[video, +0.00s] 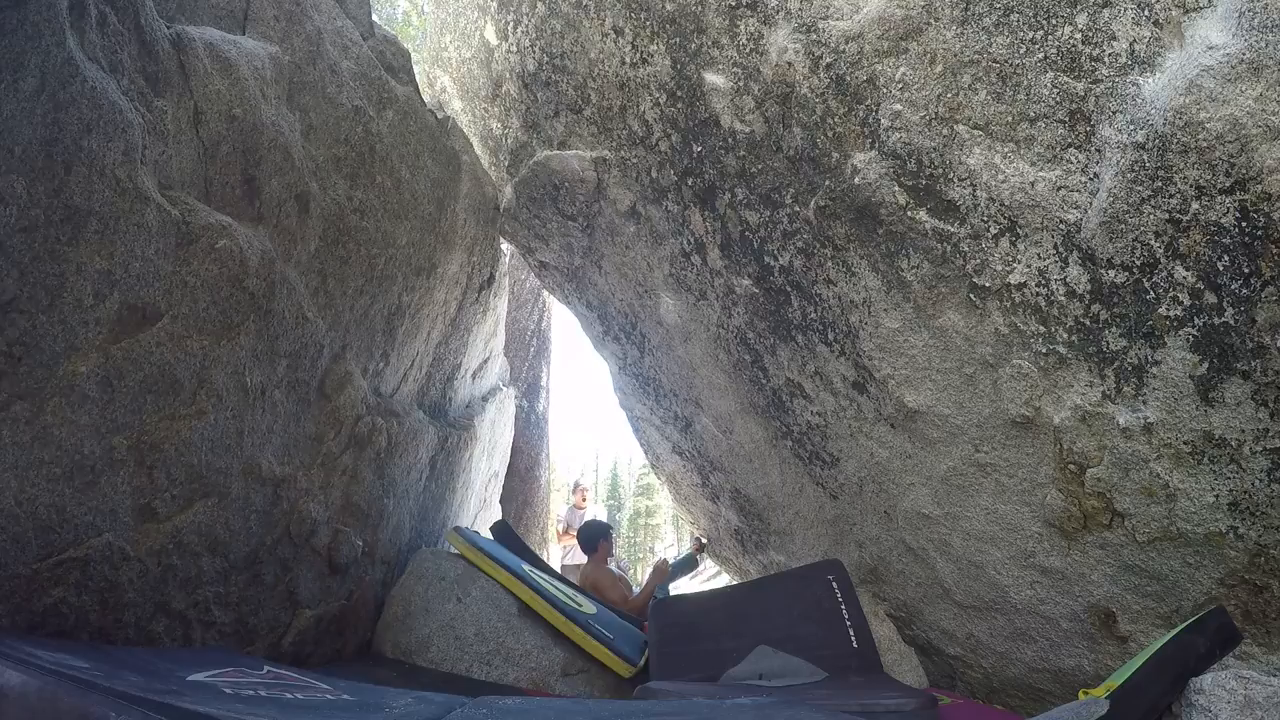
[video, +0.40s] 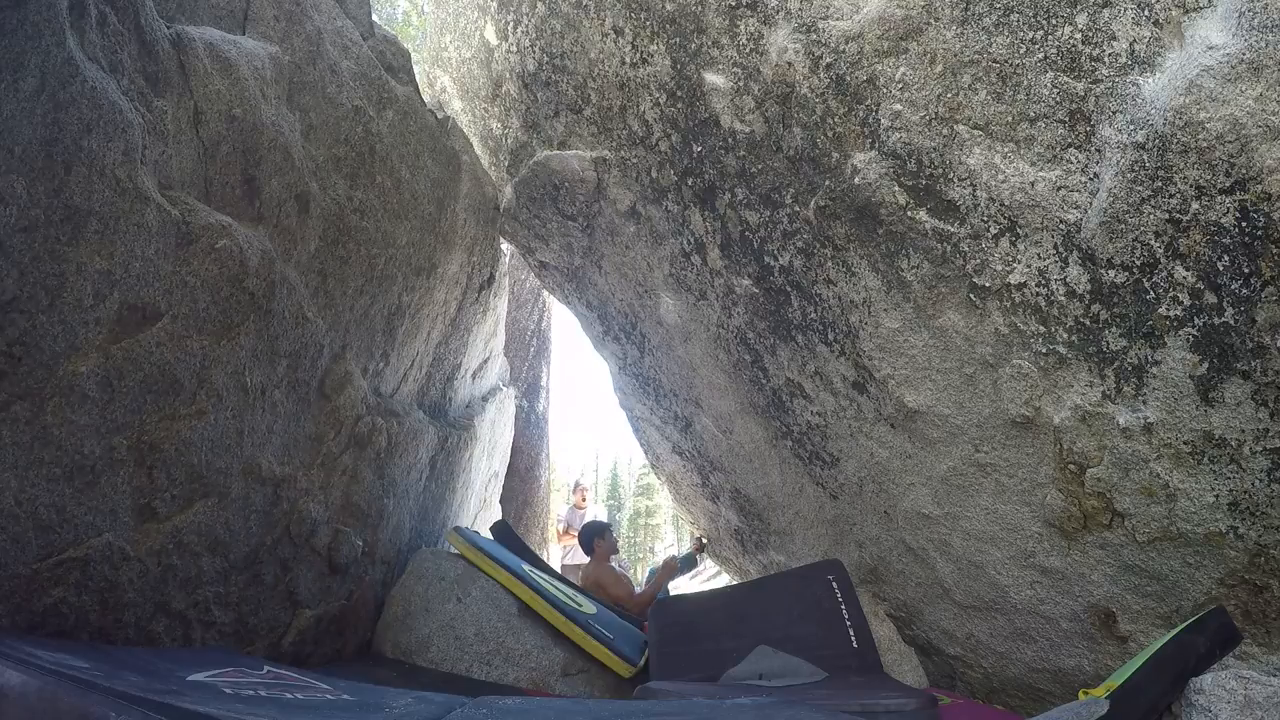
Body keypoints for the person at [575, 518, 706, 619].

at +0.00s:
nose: (613, 542)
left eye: (611, 537)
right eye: (610, 538)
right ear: (601, 543)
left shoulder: (590, 570)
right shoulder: (600, 574)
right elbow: (631, 610)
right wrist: (654, 580)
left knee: (660, 574)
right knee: (664, 574)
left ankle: (694, 554)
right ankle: (695, 554)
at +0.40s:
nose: (616, 540)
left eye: (613, 535)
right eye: (611, 536)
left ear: (598, 544)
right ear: (598, 543)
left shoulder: (590, 570)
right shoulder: (604, 572)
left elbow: (632, 602)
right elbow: (636, 607)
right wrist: (662, 577)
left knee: (656, 571)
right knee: (657, 572)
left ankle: (694, 554)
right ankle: (695, 554)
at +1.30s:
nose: (656, 523)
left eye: (655, 521)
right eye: (654, 521)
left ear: (631, 533)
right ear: (652, 528)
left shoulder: (628, 554)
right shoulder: (663, 555)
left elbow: (654, 533)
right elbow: (706, 572)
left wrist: (661, 510)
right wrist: (721, 533)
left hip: (634, 620)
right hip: (655, 623)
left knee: (670, 573)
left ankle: (693, 551)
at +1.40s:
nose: (659, 524)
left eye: (658, 522)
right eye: (657, 522)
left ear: (634, 533)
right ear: (656, 530)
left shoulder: (631, 553)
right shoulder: (664, 555)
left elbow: (657, 532)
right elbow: (707, 572)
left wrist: (666, 508)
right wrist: (721, 534)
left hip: (635, 621)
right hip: (657, 623)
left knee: (671, 573)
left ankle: (693, 551)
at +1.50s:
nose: (662, 525)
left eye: (661, 522)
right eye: (660, 523)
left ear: (636, 532)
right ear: (658, 529)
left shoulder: (631, 553)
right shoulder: (665, 555)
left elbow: (660, 532)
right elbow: (708, 572)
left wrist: (669, 507)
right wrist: (721, 533)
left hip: (636, 622)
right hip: (656, 624)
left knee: (671, 574)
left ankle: (693, 551)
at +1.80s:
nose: (671, 533)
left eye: (671, 529)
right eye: (671, 529)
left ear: (646, 530)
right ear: (664, 531)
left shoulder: (632, 552)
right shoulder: (663, 557)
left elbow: (654, 530)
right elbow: (708, 572)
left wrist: (670, 506)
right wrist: (722, 533)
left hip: (636, 621)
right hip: (655, 623)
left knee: (672, 573)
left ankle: (694, 550)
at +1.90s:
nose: (672, 541)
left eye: (673, 536)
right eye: (671, 535)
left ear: (647, 531)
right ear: (662, 532)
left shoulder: (633, 552)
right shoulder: (662, 557)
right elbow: (708, 572)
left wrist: (671, 505)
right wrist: (722, 533)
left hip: (636, 620)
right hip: (654, 624)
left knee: (671, 574)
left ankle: (695, 550)